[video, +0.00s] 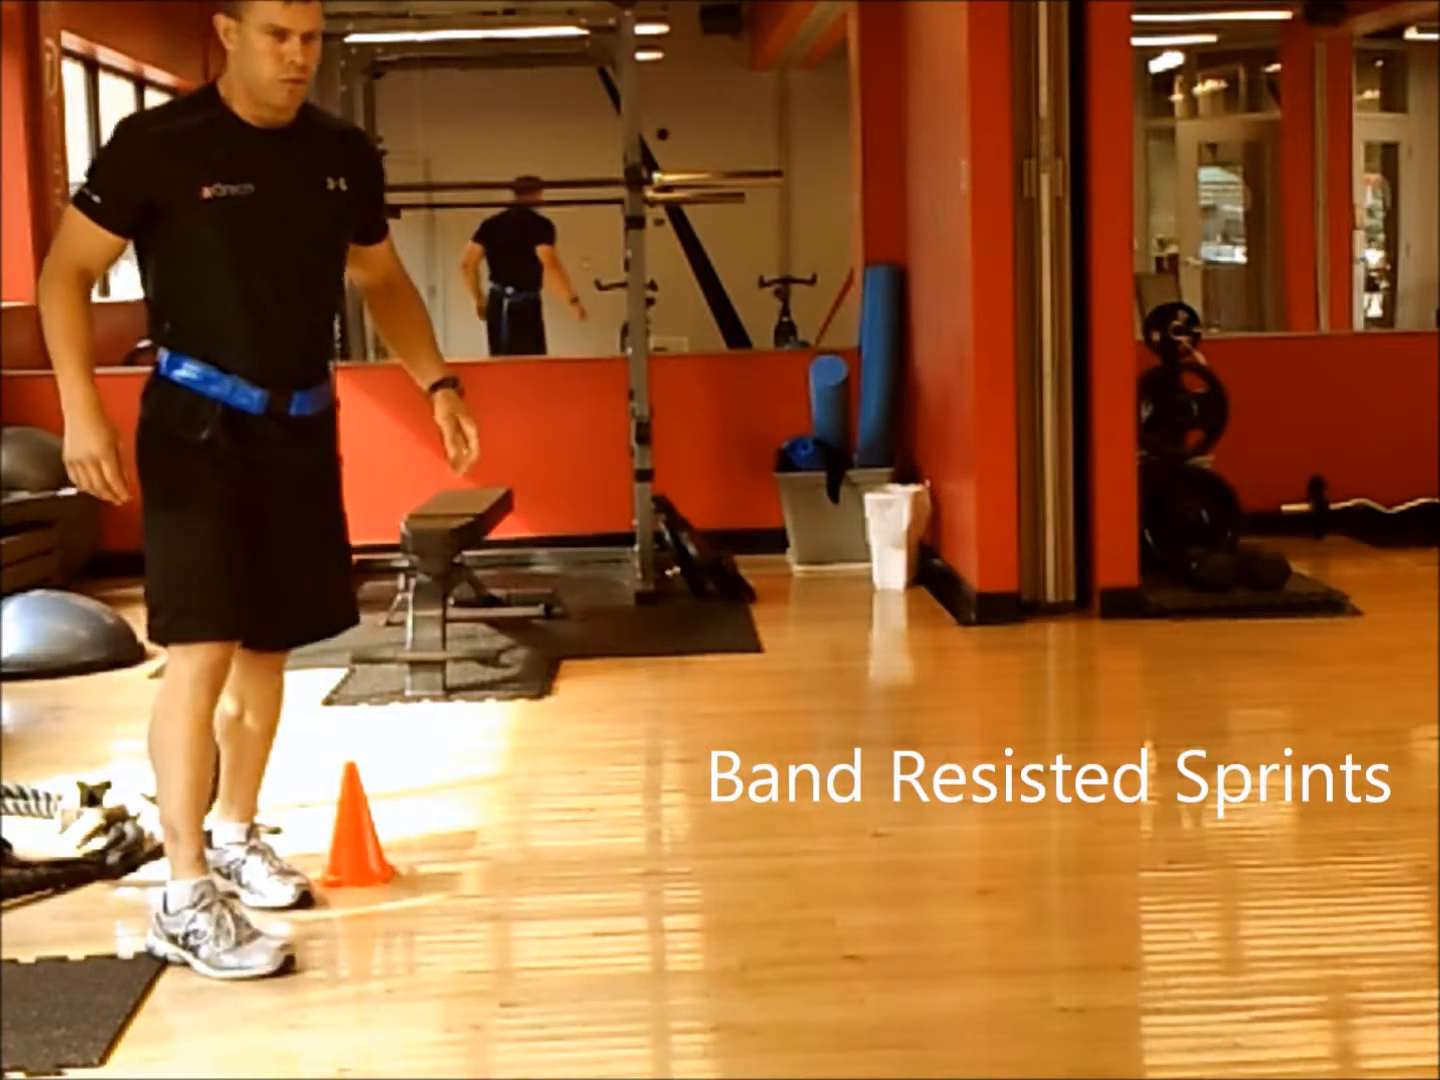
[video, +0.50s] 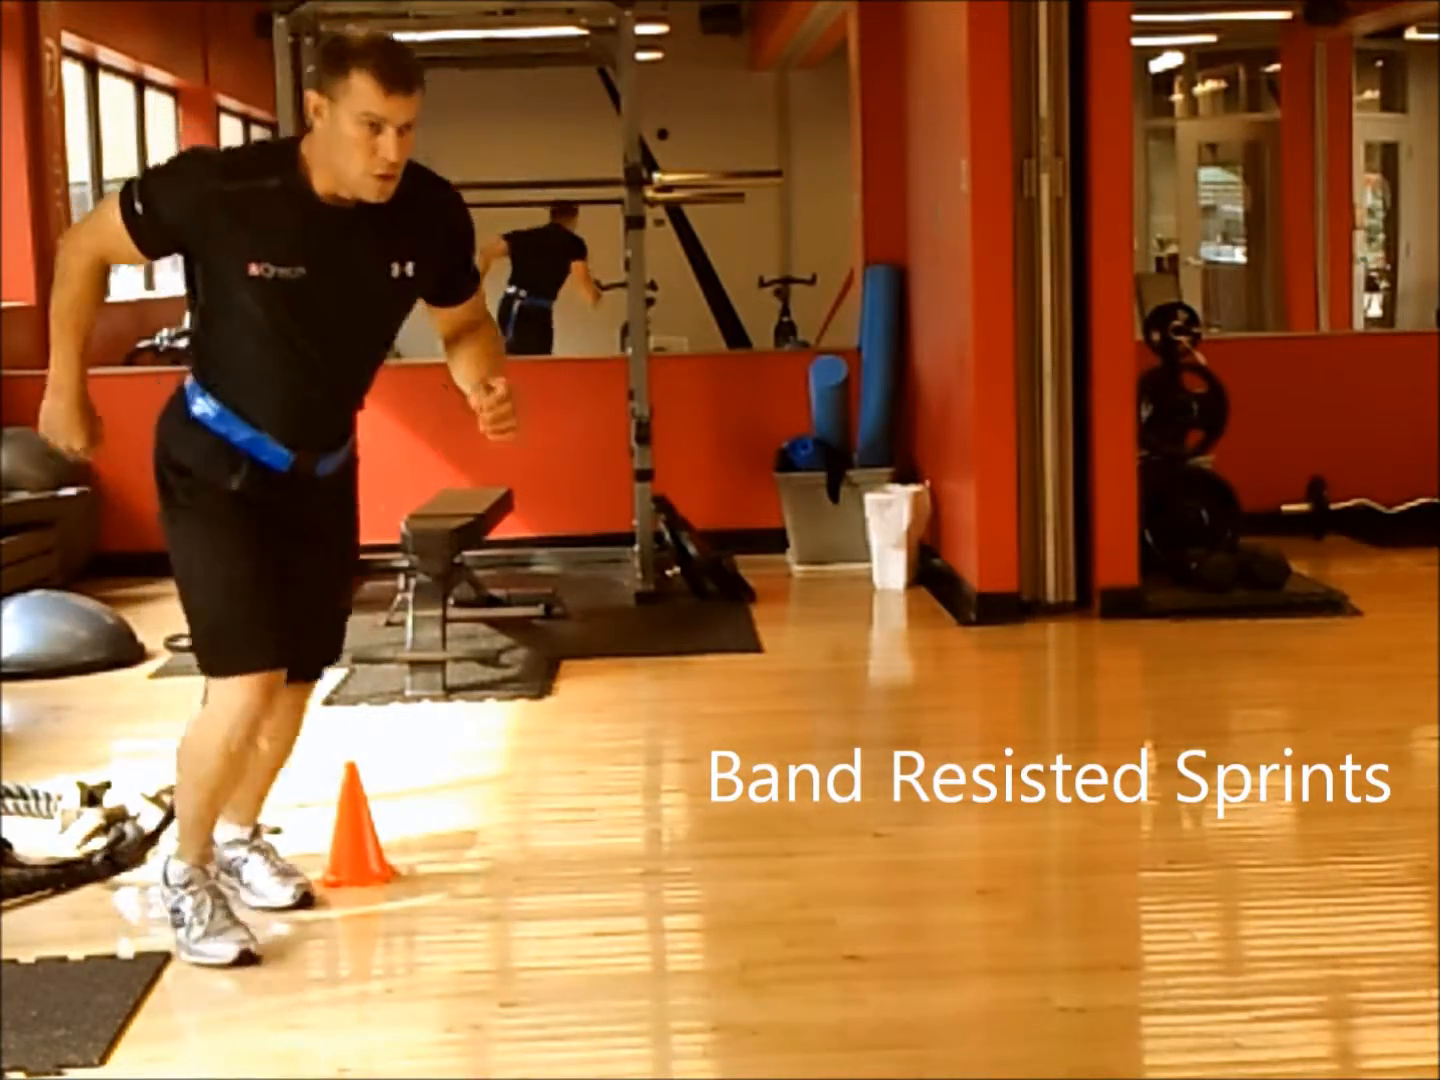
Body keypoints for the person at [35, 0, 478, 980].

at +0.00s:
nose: (300, 55)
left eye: (312, 36)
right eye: (279, 33)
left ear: (325, 42)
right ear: (226, 33)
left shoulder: (344, 155)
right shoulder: (154, 144)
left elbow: (384, 280)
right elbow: (64, 274)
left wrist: (439, 382)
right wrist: (79, 412)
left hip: (297, 431)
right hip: (196, 428)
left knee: (265, 643)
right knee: (200, 647)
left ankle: (235, 831)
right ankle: (182, 892)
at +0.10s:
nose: (311, 60)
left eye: (325, 40)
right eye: (289, 37)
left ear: (339, 43)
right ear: (236, 34)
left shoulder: (352, 158)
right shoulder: (163, 146)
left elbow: (392, 282)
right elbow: (71, 275)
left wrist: (434, 391)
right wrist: (90, 411)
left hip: (298, 435)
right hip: (198, 428)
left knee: (266, 643)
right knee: (209, 641)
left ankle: (235, 832)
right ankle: (182, 892)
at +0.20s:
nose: (324, 77)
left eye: (337, 57)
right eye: (305, 55)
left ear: (349, 55)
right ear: (253, 44)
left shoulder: (367, 167)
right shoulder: (174, 152)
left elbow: (405, 300)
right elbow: (78, 276)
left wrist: (439, 412)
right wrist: (89, 423)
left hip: (300, 437)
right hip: (197, 429)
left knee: (268, 643)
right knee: (219, 639)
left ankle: (235, 832)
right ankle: (182, 889)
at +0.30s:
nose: (344, 104)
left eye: (359, 83)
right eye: (326, 81)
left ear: (372, 74)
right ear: (271, 63)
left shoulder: (384, 179)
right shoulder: (188, 159)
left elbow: (424, 313)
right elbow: (78, 259)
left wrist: (450, 415)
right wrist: (71, 410)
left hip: (301, 443)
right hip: (198, 429)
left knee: (270, 649)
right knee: (234, 632)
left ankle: (233, 832)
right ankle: (188, 881)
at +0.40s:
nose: (368, 125)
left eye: (381, 104)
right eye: (348, 103)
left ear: (391, 99)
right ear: (294, 86)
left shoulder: (405, 194)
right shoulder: (201, 167)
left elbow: (445, 314)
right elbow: (75, 237)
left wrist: (466, 381)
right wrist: (57, 377)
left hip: (305, 458)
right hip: (202, 443)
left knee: (271, 662)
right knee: (244, 645)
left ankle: (235, 835)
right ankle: (190, 867)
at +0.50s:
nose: (394, 149)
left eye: (406, 128)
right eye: (373, 126)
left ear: (418, 125)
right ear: (318, 113)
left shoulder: (427, 214)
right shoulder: (216, 187)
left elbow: (467, 326)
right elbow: (83, 249)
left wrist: (485, 384)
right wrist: (65, 387)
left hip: (320, 473)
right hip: (216, 462)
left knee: (296, 678)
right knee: (246, 678)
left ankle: (236, 837)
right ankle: (183, 872)